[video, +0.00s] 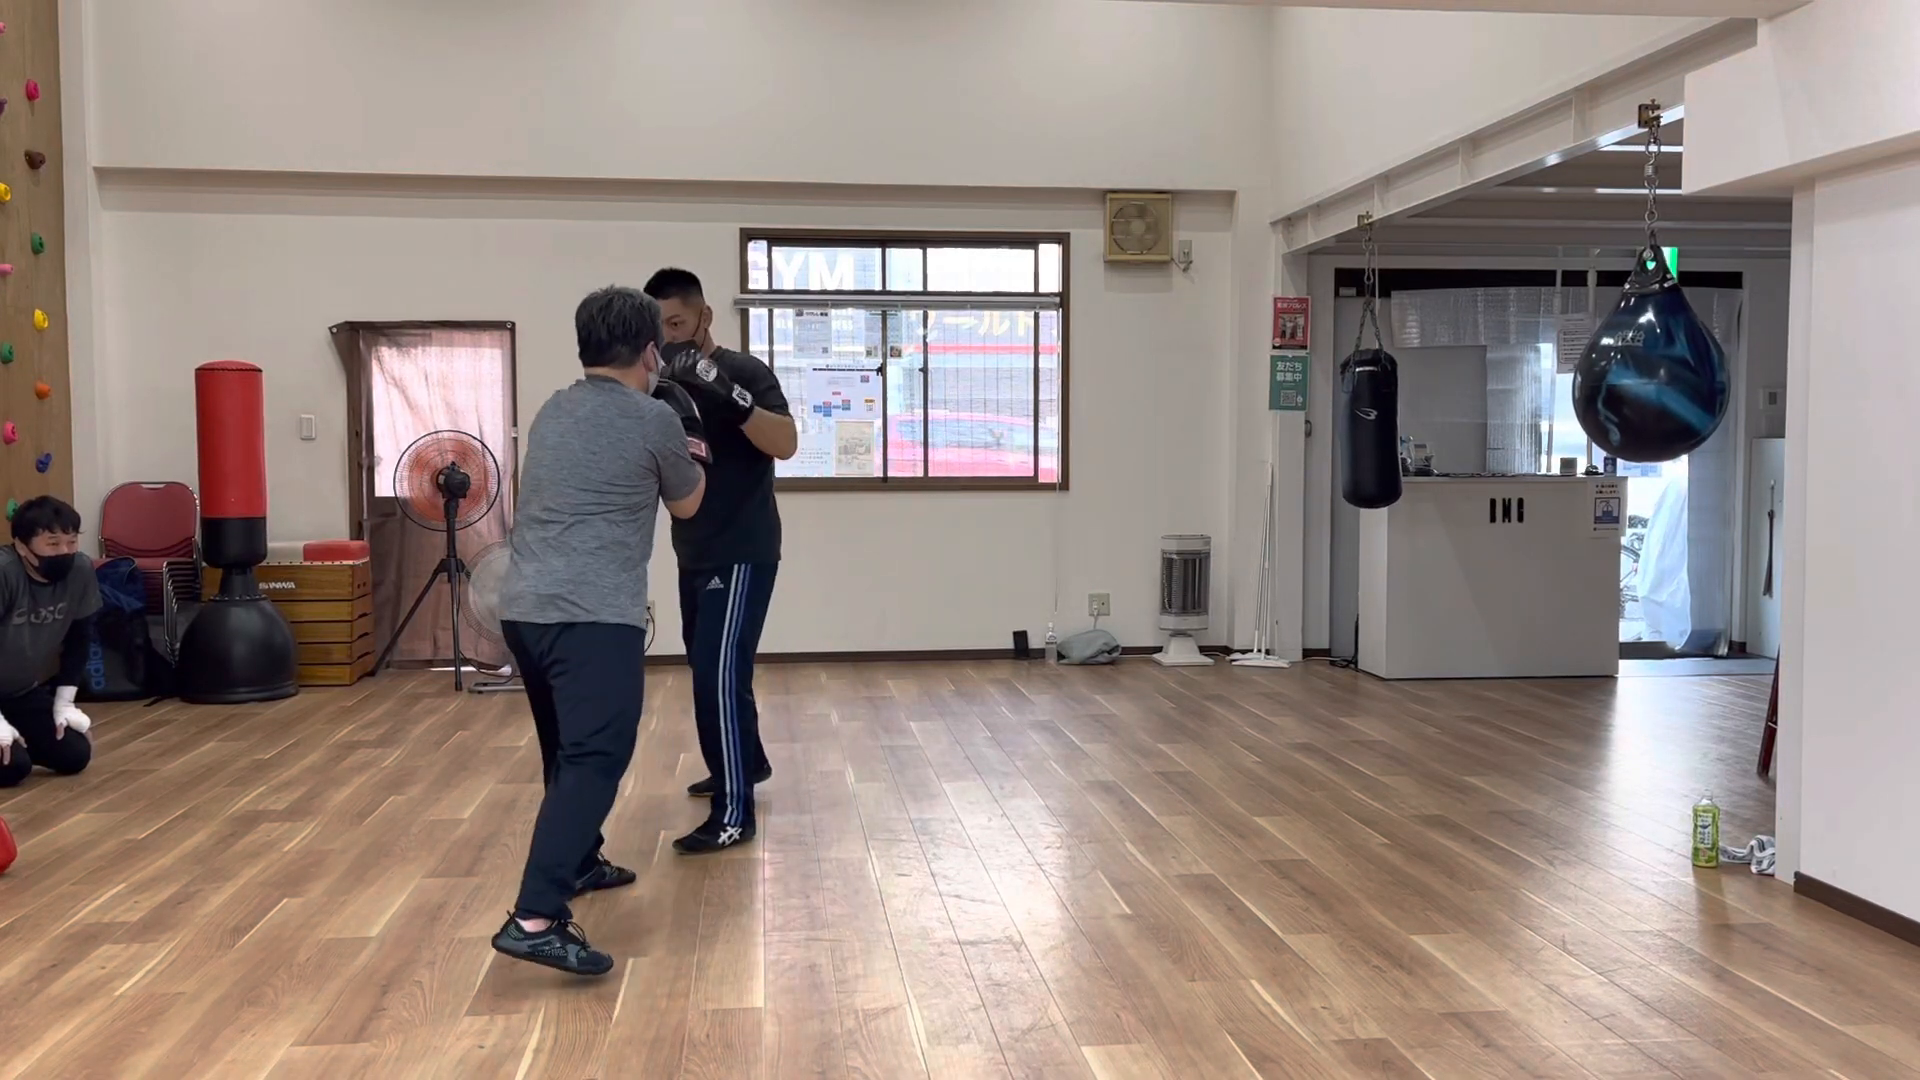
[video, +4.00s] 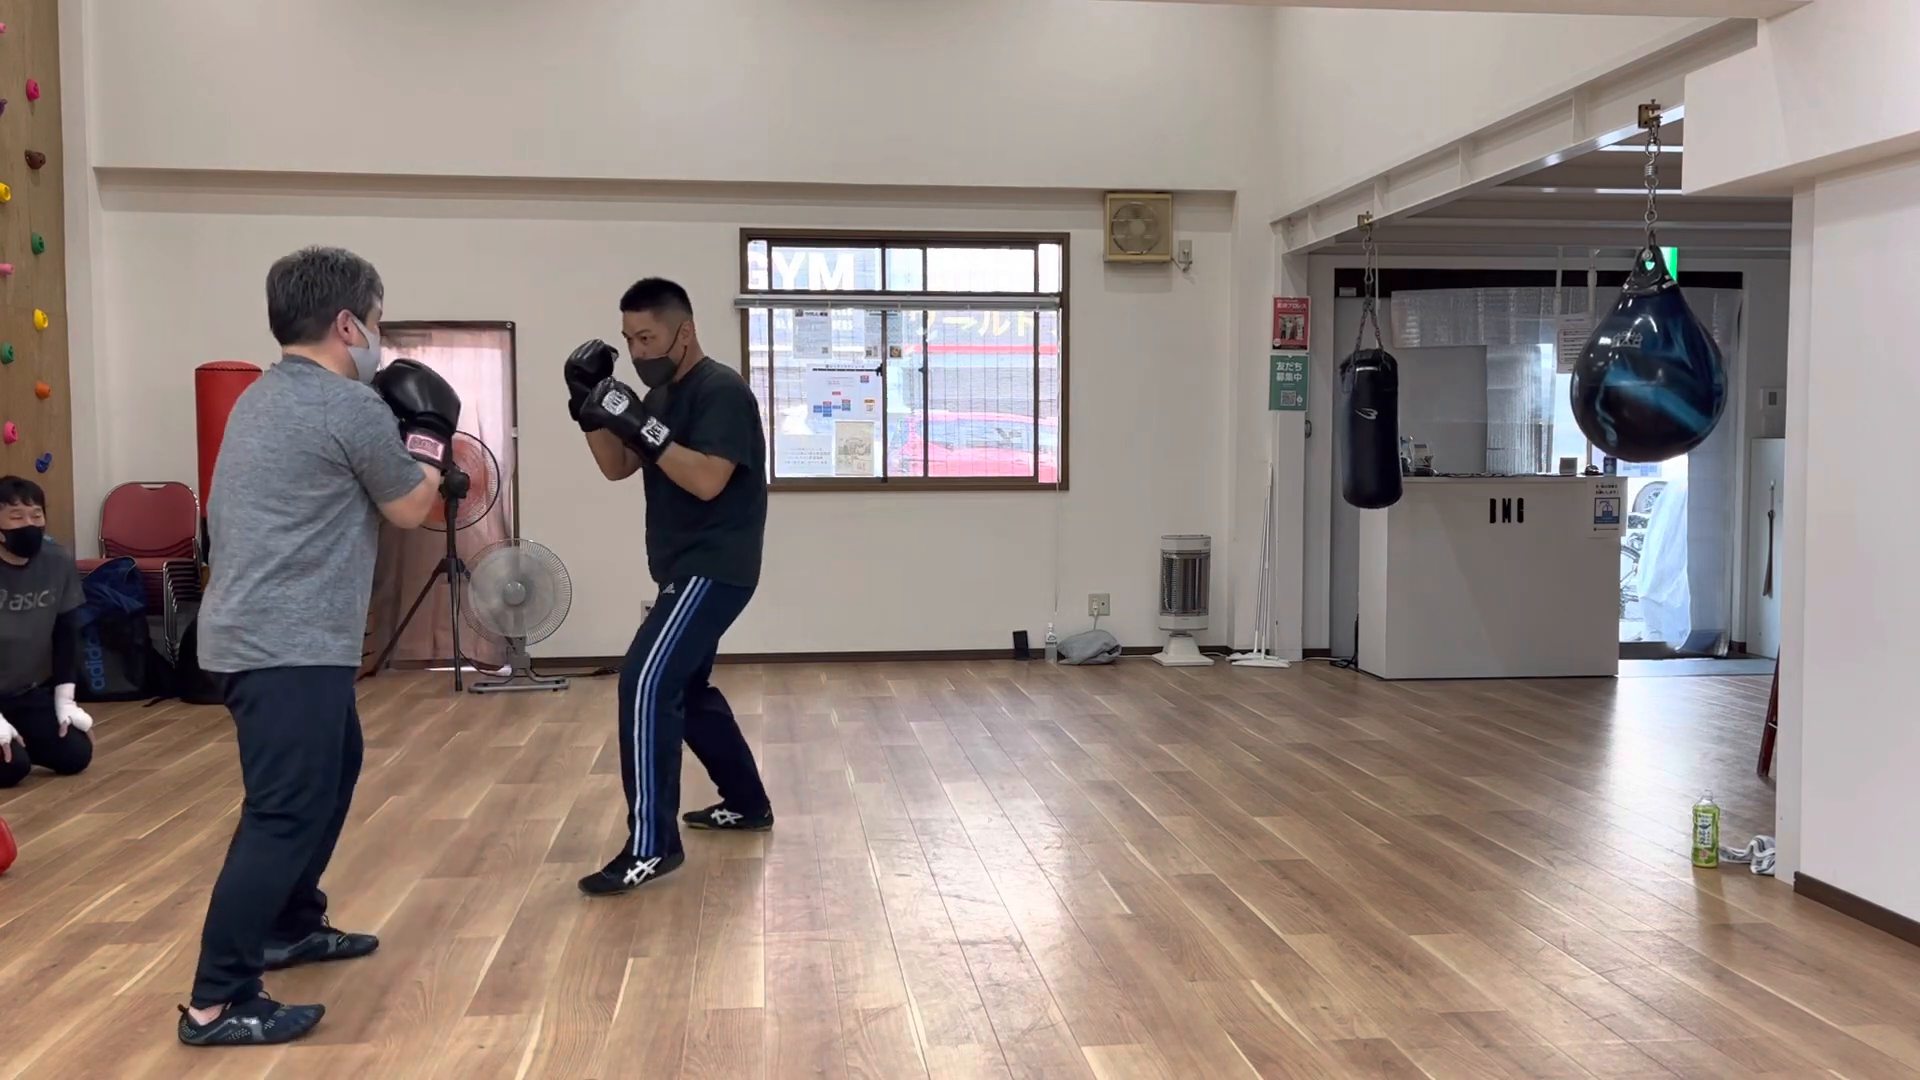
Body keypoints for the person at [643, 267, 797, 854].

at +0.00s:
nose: (671, 334)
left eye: (681, 322)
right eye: (662, 325)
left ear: (707, 316)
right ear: (654, 328)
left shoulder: (745, 371)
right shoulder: (660, 382)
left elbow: (785, 443)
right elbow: (644, 458)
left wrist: (724, 391)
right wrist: (657, 403)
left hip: (742, 547)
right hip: (695, 548)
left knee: (722, 673)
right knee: (708, 666)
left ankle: (734, 817)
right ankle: (743, 763)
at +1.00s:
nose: (675, 359)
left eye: (683, 347)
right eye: (668, 349)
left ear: (714, 341)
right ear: (668, 351)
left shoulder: (757, 390)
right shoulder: (690, 398)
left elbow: (732, 441)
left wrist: (715, 367)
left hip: (763, 560)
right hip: (723, 561)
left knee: (721, 680)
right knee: (735, 663)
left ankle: (744, 831)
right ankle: (787, 752)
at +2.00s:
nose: (615, 464)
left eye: (612, 453)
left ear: (628, 441)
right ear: (636, 441)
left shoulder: (678, 443)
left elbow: (678, 464)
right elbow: (712, 574)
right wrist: (639, 549)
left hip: (778, 594)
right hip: (809, 591)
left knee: (698, 706)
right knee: (784, 690)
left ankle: (735, 865)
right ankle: (793, 784)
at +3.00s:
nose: (650, 351)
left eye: (662, 338)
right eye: (642, 340)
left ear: (696, 333)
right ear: (638, 340)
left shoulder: (738, 393)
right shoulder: (653, 401)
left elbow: (759, 472)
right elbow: (619, 471)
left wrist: (691, 427)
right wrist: (593, 415)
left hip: (733, 559)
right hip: (685, 565)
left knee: (686, 681)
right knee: (723, 676)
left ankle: (670, 836)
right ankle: (785, 769)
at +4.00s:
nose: (636, 350)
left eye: (646, 337)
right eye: (630, 339)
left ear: (685, 332)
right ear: (630, 339)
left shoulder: (722, 390)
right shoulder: (664, 394)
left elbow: (708, 479)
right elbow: (618, 466)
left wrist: (640, 422)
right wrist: (591, 404)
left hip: (713, 570)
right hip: (683, 569)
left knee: (644, 683)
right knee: (686, 690)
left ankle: (652, 847)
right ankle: (747, 802)